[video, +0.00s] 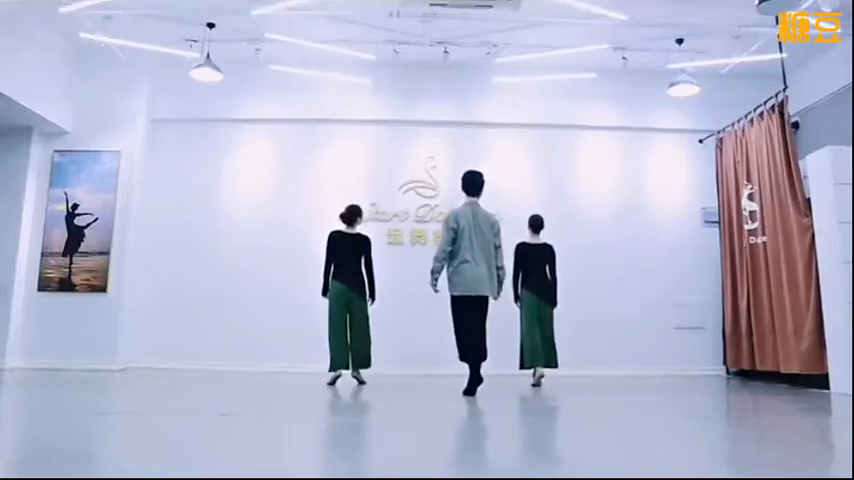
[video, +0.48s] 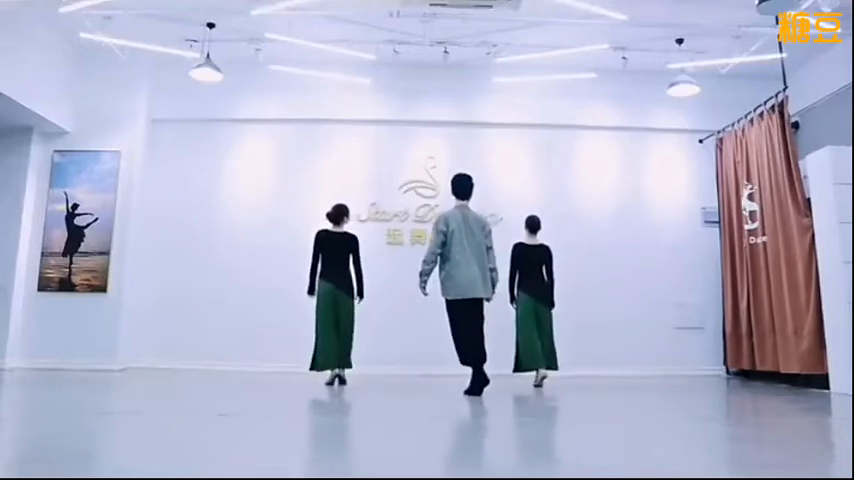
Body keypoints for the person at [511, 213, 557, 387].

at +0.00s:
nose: (532, 229)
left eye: (531, 226)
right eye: (536, 226)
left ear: (528, 227)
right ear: (542, 228)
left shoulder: (521, 247)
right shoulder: (548, 248)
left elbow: (516, 272)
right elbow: (553, 274)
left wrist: (515, 293)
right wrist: (554, 296)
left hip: (528, 291)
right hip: (545, 292)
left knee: (531, 329)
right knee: (543, 329)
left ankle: (538, 367)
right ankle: (539, 368)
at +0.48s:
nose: (530, 230)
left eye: (528, 227)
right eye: (533, 227)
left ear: (525, 228)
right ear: (539, 229)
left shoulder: (518, 248)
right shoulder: (545, 249)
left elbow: (513, 273)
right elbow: (550, 275)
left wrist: (512, 294)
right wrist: (551, 296)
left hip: (525, 293)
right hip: (542, 293)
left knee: (529, 331)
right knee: (542, 330)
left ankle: (539, 367)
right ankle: (541, 369)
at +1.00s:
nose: (503, 232)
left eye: (503, 230)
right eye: (504, 229)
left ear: (506, 230)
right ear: (518, 230)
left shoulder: (500, 249)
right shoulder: (525, 248)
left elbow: (494, 274)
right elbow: (542, 256)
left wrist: (492, 295)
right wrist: (553, 263)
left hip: (506, 296)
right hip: (524, 297)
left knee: (499, 332)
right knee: (531, 334)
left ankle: (489, 367)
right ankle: (537, 371)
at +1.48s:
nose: (476, 247)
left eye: (476, 245)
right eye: (479, 245)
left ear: (475, 244)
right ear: (489, 244)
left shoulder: (471, 260)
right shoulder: (497, 262)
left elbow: (466, 287)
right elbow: (495, 283)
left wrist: (462, 310)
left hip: (474, 303)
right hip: (493, 304)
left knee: (471, 339)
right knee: (481, 341)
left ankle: (480, 374)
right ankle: (464, 370)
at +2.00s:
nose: (471, 241)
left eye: (468, 238)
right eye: (473, 239)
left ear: (464, 238)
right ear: (478, 238)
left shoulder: (457, 257)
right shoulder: (483, 254)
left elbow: (453, 283)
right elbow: (494, 253)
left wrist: (453, 305)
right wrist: (483, 248)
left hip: (465, 297)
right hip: (482, 296)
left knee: (469, 335)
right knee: (480, 335)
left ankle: (479, 372)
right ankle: (467, 373)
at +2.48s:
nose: (471, 235)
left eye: (469, 232)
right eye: (474, 233)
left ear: (463, 233)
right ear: (477, 235)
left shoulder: (455, 254)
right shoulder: (481, 253)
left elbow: (450, 281)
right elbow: (489, 241)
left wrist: (451, 302)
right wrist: (488, 225)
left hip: (462, 294)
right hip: (479, 294)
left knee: (466, 333)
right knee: (479, 332)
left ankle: (478, 370)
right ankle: (466, 373)